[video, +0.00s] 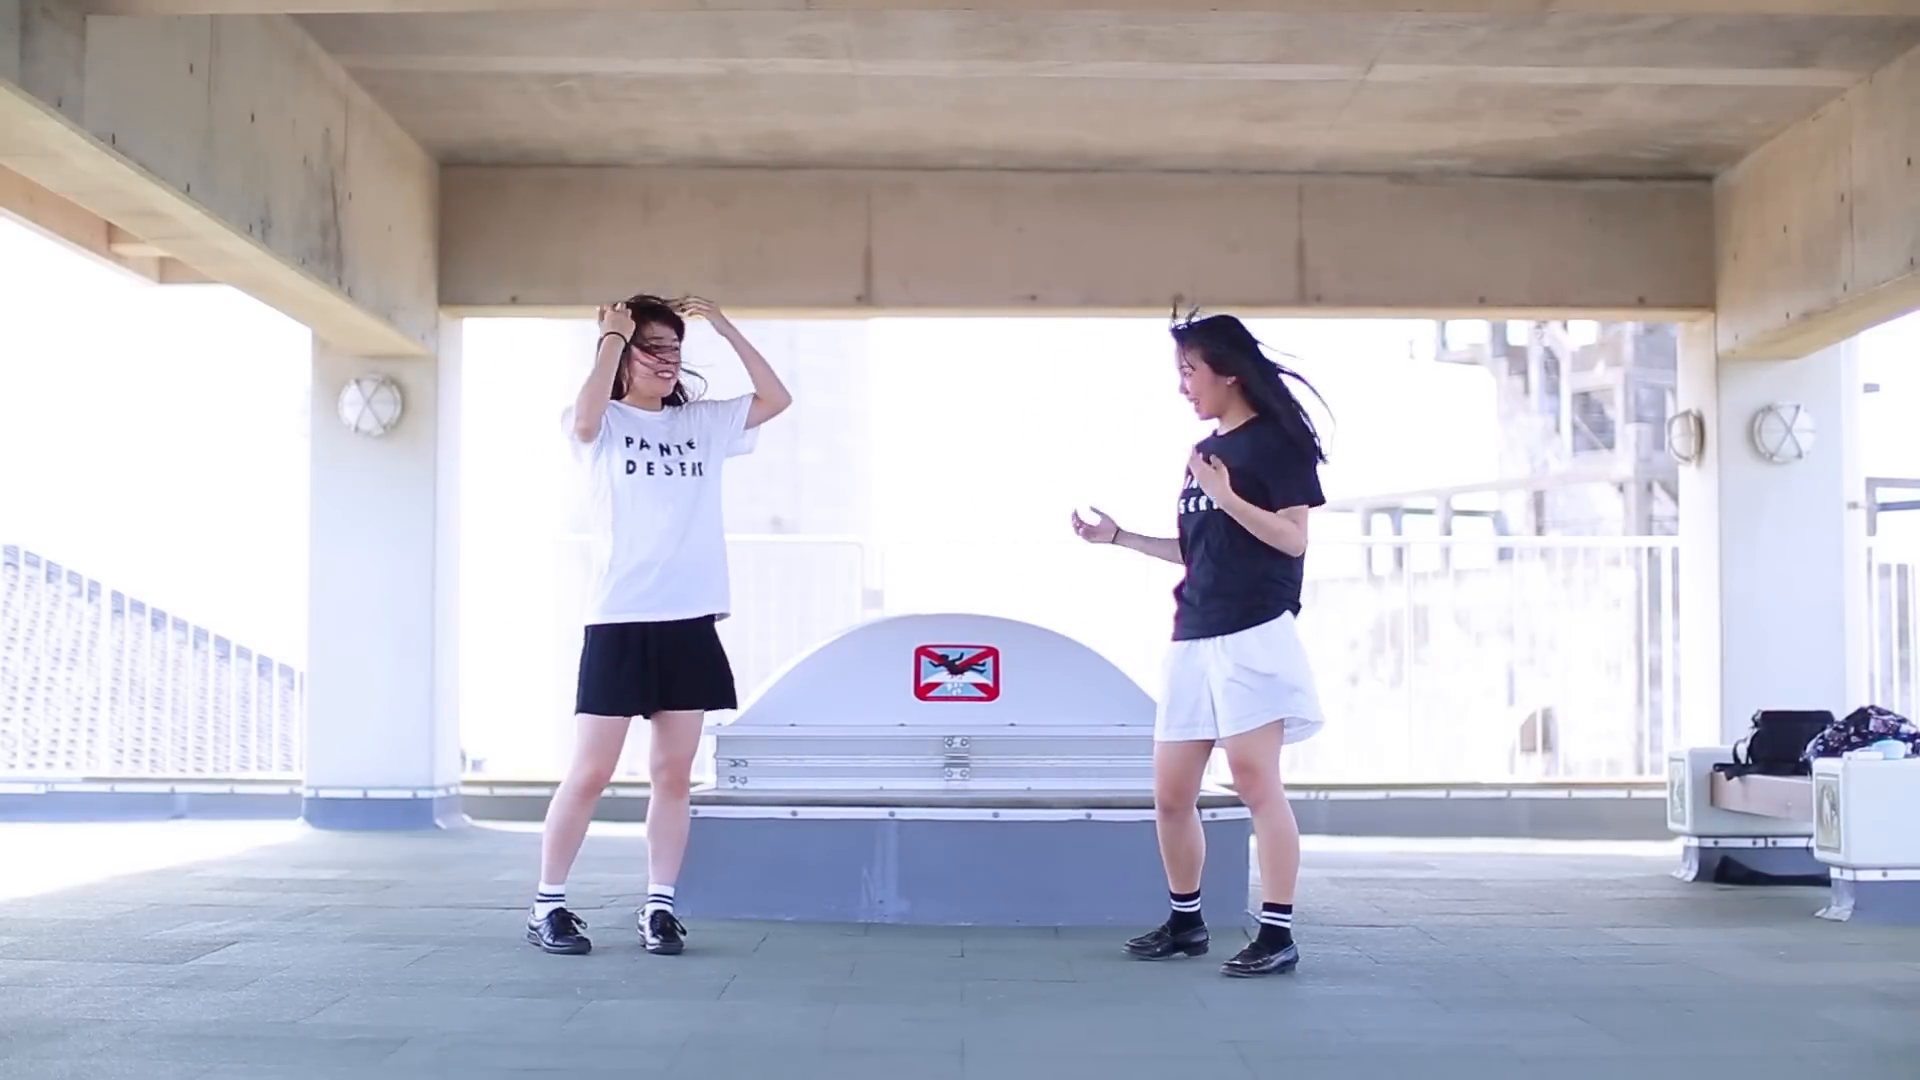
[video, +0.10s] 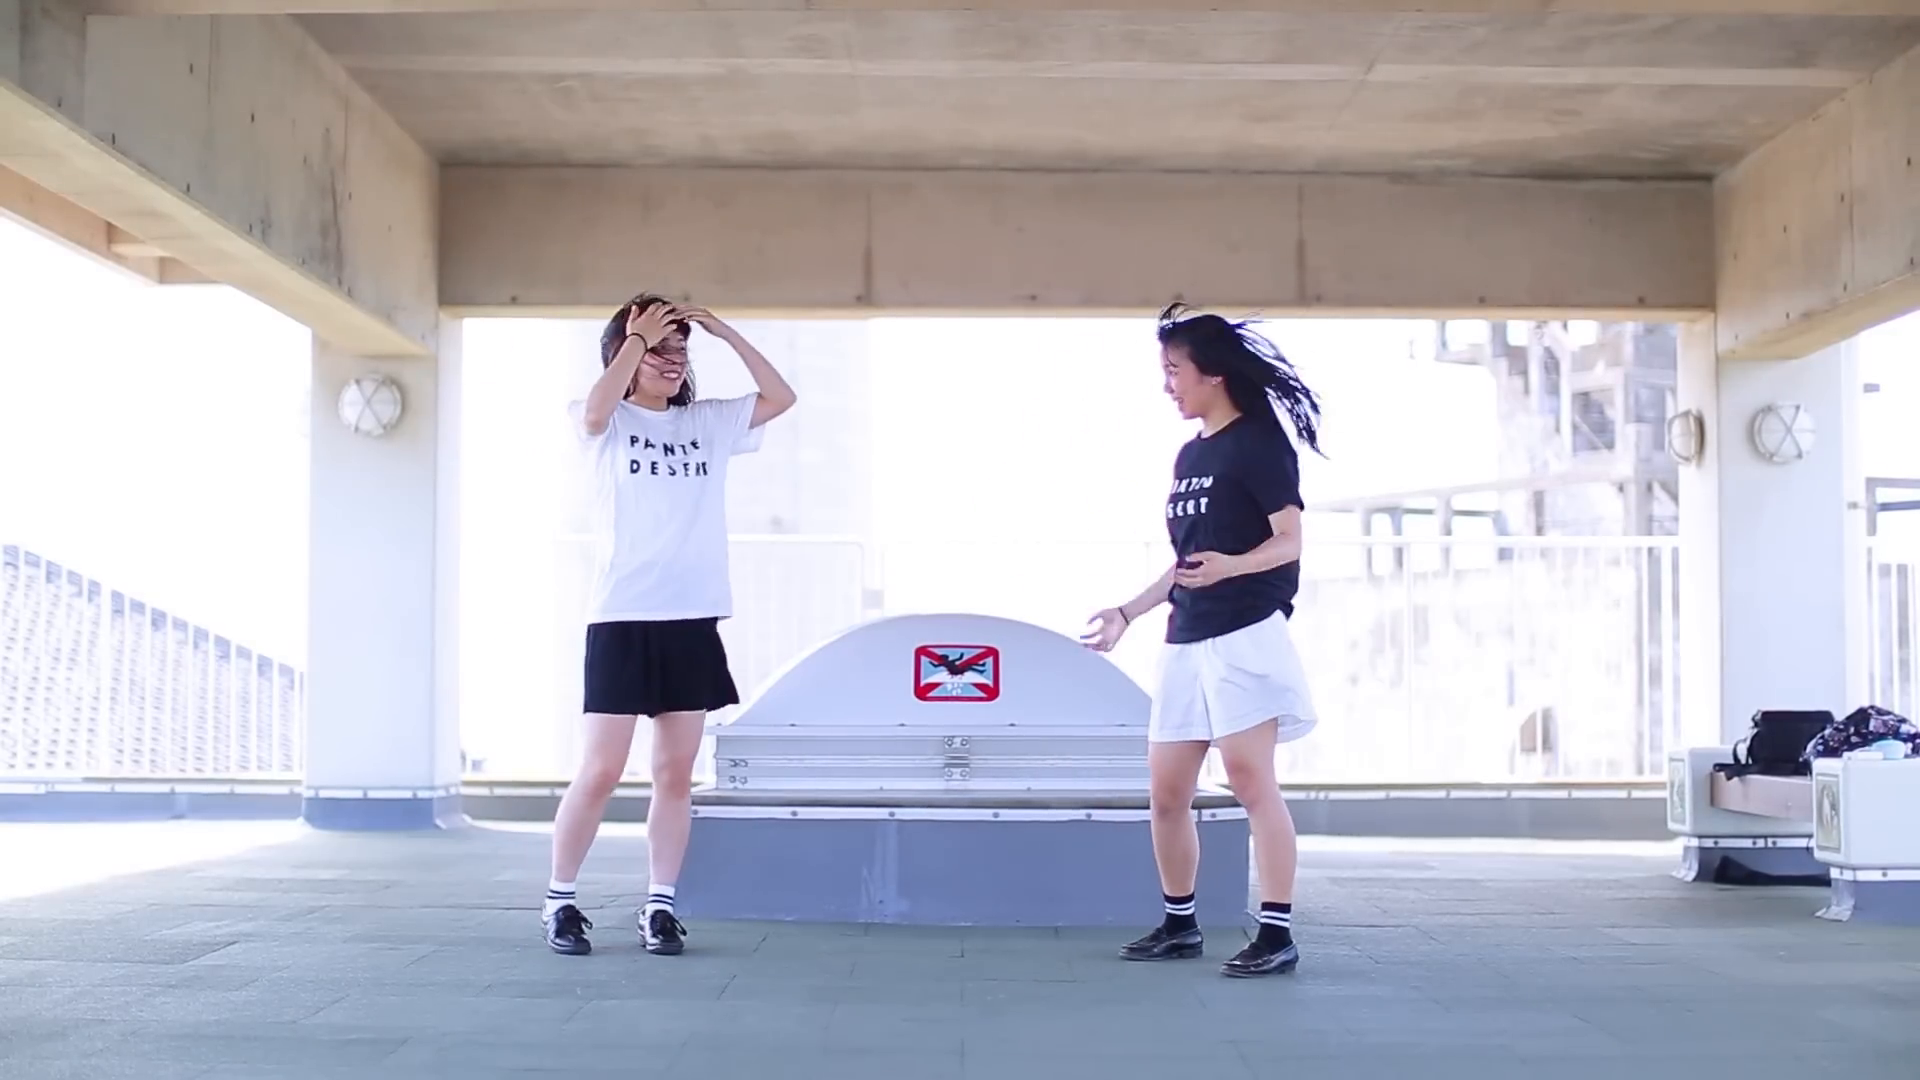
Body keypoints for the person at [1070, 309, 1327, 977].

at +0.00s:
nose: (1182, 385)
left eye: (1190, 371)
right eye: (1180, 371)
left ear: (1228, 373)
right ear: (1211, 374)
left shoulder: (1280, 440)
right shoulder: (1204, 452)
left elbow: (1296, 540)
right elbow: (1196, 551)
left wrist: (1227, 499)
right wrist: (1120, 538)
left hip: (1254, 635)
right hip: (1192, 640)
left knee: (1257, 784)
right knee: (1172, 795)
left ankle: (1275, 935)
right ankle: (1185, 923)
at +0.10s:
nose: (1166, 383)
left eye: (1174, 370)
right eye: (1165, 371)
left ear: (1213, 373)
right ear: (1200, 377)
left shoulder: (1260, 439)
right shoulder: (1190, 455)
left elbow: (1291, 542)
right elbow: (1188, 560)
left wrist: (1233, 564)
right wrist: (1127, 611)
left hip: (1245, 639)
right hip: (1185, 643)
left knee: (1252, 782)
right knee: (1167, 793)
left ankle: (1275, 935)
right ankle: (1180, 925)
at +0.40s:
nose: (1140, 401)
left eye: (1147, 386)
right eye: (1133, 390)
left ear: (1182, 375)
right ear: (1135, 389)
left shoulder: (1230, 439)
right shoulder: (1147, 453)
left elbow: (1245, 542)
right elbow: (1146, 545)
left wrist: (1177, 526)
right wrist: (1099, 562)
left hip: (1216, 635)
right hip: (1151, 638)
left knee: (1215, 777)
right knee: (1154, 785)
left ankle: (1260, 928)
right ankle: (1179, 925)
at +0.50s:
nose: (1141, 415)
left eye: (1148, 403)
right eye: (1134, 405)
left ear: (1179, 390)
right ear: (1137, 399)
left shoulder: (1230, 436)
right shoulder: (1141, 446)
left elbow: (1216, 521)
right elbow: (1104, 539)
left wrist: (1161, 450)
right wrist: (1077, 496)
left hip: (1214, 632)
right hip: (1147, 637)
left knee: (1212, 772)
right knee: (1154, 785)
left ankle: (1246, 924)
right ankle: (1178, 927)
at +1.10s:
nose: (1172, 403)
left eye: (1181, 388)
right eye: (1161, 392)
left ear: (1213, 379)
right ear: (1152, 392)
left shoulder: (1250, 434)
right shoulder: (1150, 445)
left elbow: (1250, 467)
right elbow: (1123, 495)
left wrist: (1214, 383)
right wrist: (1122, 407)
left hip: (1234, 633)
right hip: (1160, 637)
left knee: (1229, 782)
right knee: (1146, 796)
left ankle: (1234, 931)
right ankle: (1174, 913)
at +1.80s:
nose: (1165, 401)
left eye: (1175, 388)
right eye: (1157, 391)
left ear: (1206, 384)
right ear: (1155, 395)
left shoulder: (1238, 436)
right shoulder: (1144, 454)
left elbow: (1181, 462)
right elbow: (1100, 503)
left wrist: (1159, 391)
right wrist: (1094, 417)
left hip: (1209, 636)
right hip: (1136, 641)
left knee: (1209, 785)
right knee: (1113, 799)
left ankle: (1233, 932)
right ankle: (1117, 918)